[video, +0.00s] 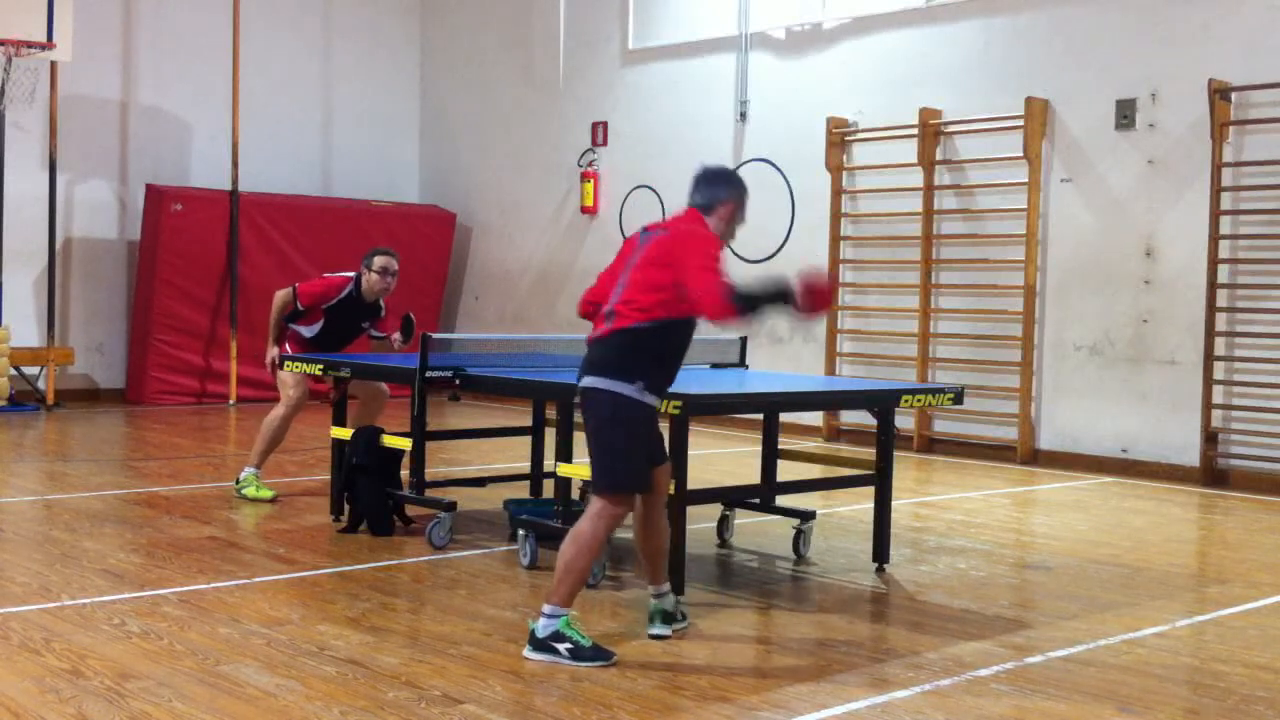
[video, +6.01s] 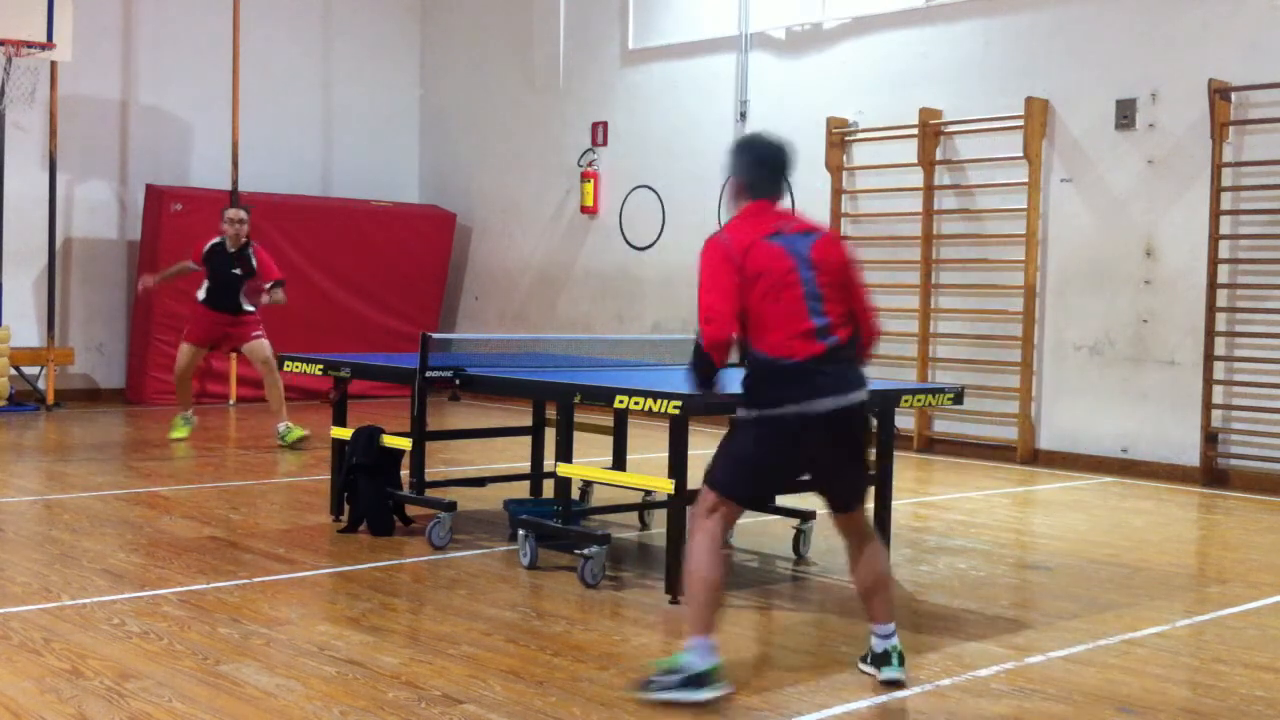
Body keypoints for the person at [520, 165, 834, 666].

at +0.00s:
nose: (735, 230)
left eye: (737, 221)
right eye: (737, 219)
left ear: (696, 202)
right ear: (724, 208)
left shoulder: (648, 235)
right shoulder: (696, 237)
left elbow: (590, 305)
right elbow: (716, 306)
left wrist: (654, 323)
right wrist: (784, 292)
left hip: (611, 387)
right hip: (620, 391)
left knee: (655, 480)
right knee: (612, 502)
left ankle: (663, 605)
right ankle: (549, 623)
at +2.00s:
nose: (822, 205)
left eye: (823, 198)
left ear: (827, 203)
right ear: (874, 205)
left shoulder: (803, 254)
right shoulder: (908, 267)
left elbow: (781, 332)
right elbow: (921, 354)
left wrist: (807, 365)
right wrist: (877, 374)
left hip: (822, 422)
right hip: (893, 420)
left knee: (775, 511)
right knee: (925, 510)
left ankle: (780, 642)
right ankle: (955, 615)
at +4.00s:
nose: (953, 164)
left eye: (955, 158)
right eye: (958, 158)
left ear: (958, 164)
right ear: (1006, 166)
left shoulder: (929, 220)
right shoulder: (1026, 214)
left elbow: (899, 282)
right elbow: (980, 243)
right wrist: (917, 211)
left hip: (943, 368)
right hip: (1007, 364)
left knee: (918, 452)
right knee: (1013, 433)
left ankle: (955, 542)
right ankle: (1014, 521)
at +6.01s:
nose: (725, 188)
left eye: (727, 181)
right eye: (729, 181)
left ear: (735, 184)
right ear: (784, 185)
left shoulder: (727, 244)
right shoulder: (825, 239)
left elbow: (718, 331)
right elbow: (864, 326)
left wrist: (703, 371)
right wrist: (835, 369)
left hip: (778, 413)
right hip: (844, 409)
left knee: (710, 515)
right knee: (856, 524)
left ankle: (697, 657)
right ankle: (887, 649)